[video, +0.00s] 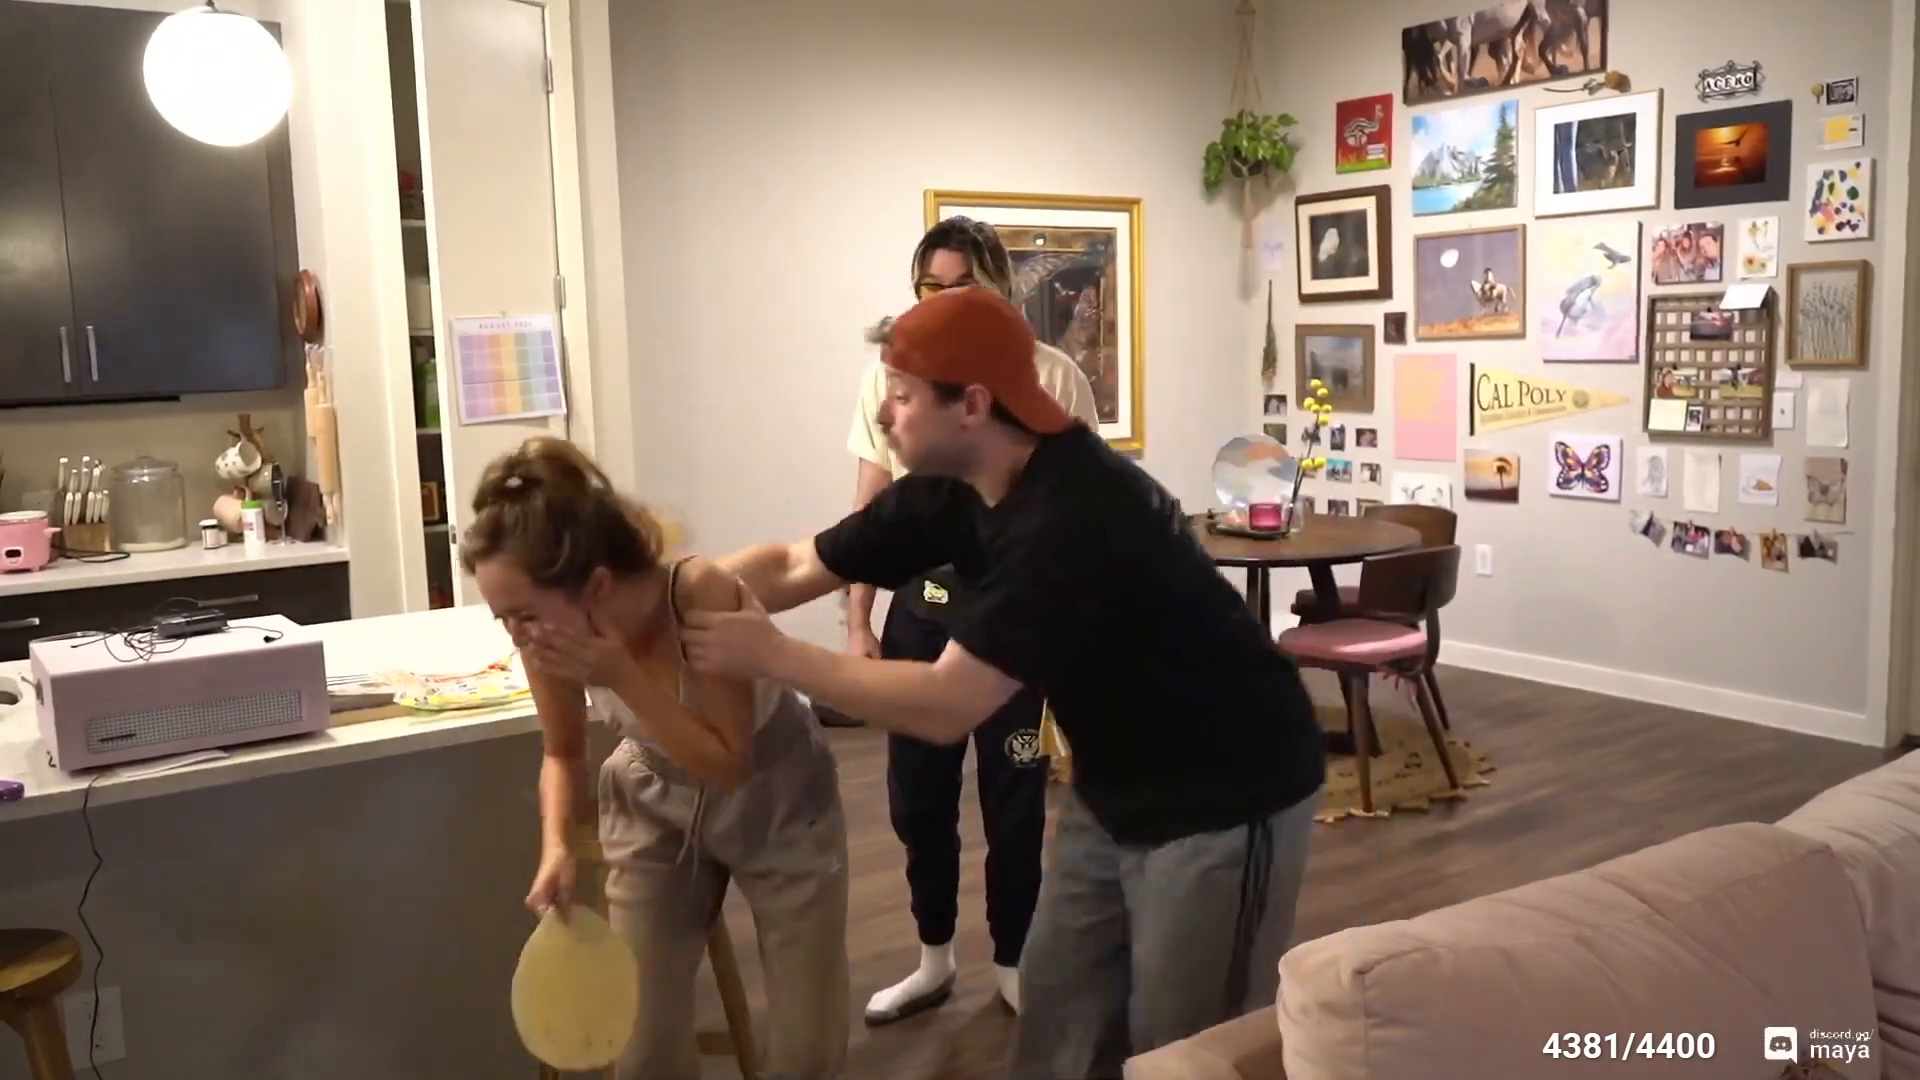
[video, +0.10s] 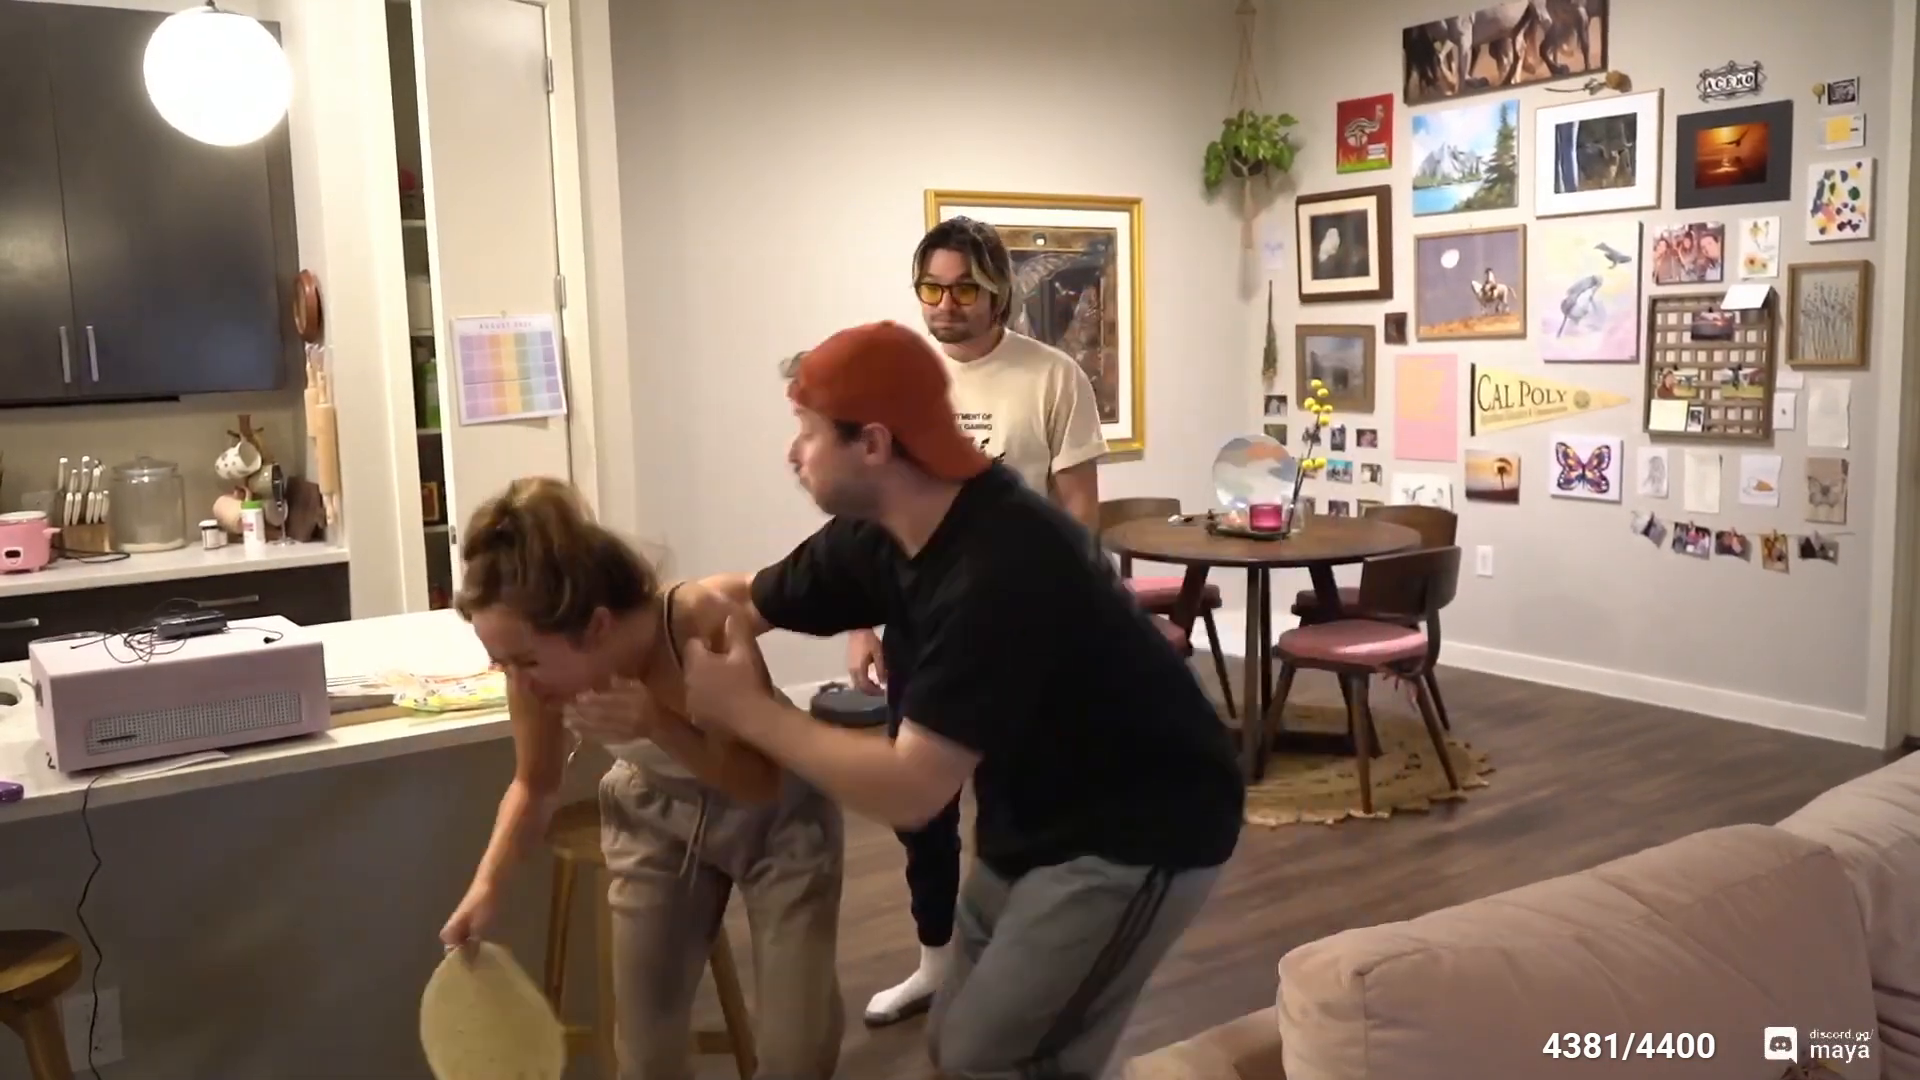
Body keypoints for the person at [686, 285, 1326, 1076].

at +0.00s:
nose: (884, 416)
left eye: (900, 398)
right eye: (886, 395)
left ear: (972, 406)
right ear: (967, 408)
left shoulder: (1073, 506)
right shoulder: (947, 493)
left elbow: (949, 704)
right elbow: (795, 564)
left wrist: (776, 656)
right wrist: (709, 579)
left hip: (1232, 801)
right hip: (1112, 790)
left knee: (1187, 1057)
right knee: (1059, 1023)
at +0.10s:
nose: (792, 453)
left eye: (806, 431)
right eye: (796, 430)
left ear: (872, 442)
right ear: (874, 443)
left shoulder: (1005, 559)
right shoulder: (876, 536)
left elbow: (911, 789)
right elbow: (747, 600)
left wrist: (748, 710)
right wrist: (676, 606)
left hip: (1144, 834)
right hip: (1035, 814)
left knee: (988, 1055)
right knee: (956, 1036)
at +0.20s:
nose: (701, 494)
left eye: (704, 474)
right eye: (703, 473)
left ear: (749, 486)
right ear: (807, 464)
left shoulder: (890, 607)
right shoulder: (851, 541)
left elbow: (824, 875)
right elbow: (737, 606)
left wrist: (639, 870)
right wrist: (633, 654)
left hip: (1061, 877)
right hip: (968, 847)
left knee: (888, 1070)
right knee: (829, 1040)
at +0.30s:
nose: (631, 528)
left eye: (631, 507)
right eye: (630, 505)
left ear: (666, 524)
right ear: (757, 474)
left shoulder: (740, 687)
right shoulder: (836, 548)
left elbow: (668, 922)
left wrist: (486, 926)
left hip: (959, 953)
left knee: (779, 1068)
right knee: (757, 1023)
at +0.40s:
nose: (561, 536)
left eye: (558, 520)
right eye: (561, 517)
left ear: (581, 538)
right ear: (693, 477)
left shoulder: (674, 687)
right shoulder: (779, 557)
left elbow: (588, 909)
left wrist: (446, 824)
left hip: (909, 955)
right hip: (1008, 895)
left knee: (718, 1068)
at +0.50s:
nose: (535, 541)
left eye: (533, 526)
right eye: (530, 525)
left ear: (553, 542)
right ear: (657, 485)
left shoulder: (624, 690)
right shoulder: (757, 559)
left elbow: (600, 904)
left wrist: (521, 807)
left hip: (872, 966)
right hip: (986, 894)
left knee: (658, 1065)